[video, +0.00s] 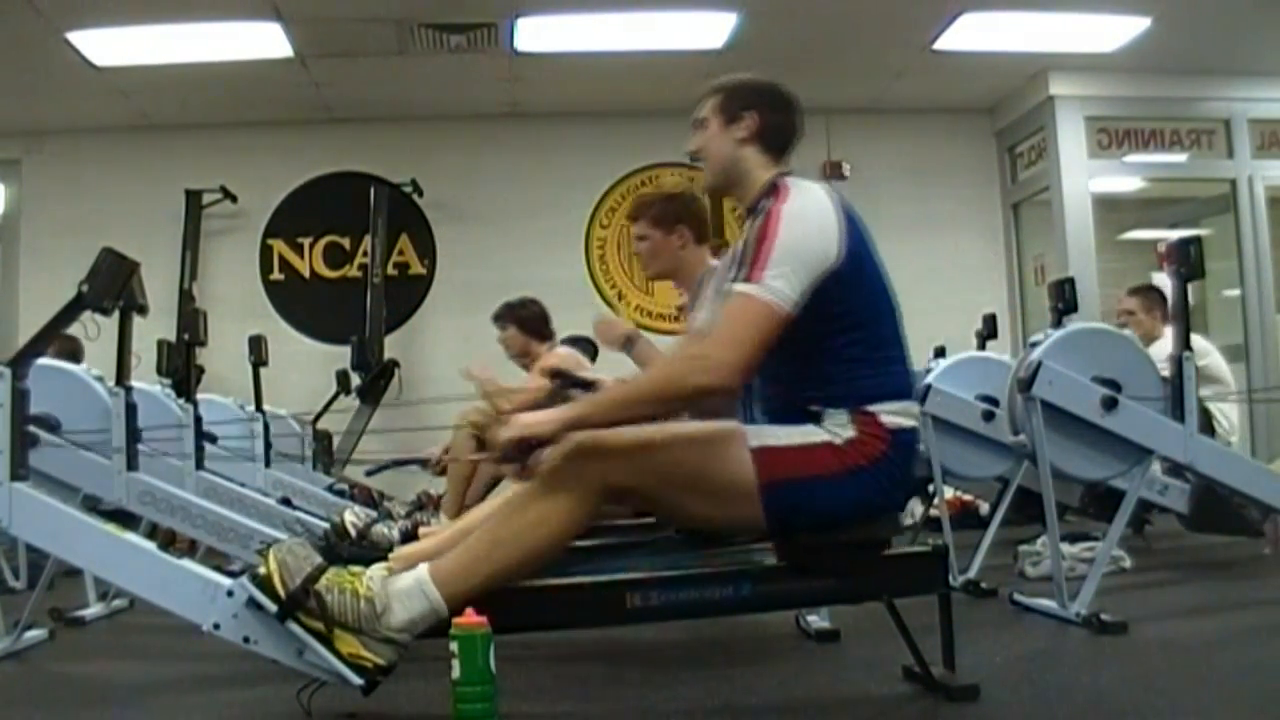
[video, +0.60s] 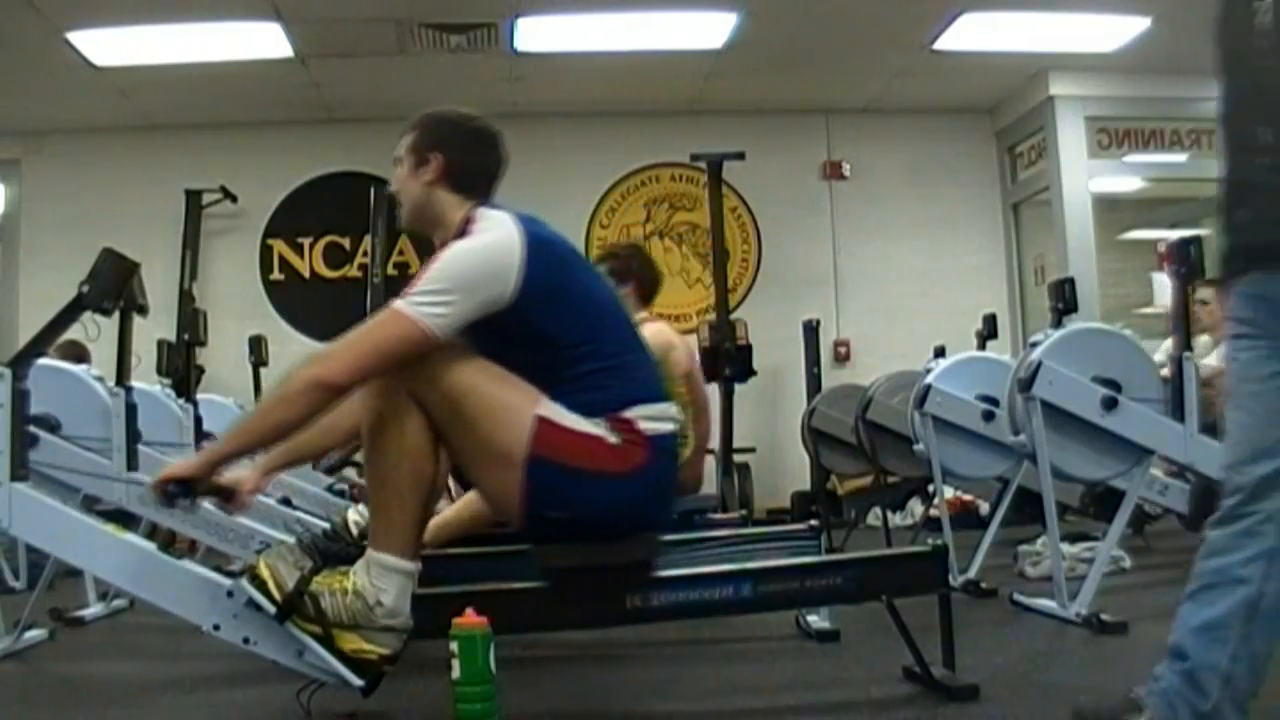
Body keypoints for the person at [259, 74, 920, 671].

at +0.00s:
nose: (692, 145)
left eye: (703, 126)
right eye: (694, 130)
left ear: (748, 127)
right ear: (748, 131)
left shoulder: (800, 208)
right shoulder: (761, 228)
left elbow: (717, 365)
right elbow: (702, 366)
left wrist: (568, 419)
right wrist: (564, 416)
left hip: (856, 448)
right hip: (808, 442)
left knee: (591, 458)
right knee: (573, 459)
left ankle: (398, 614)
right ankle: (386, 588)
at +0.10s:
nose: (637, 157)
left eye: (648, 138)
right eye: (641, 142)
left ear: (694, 138)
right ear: (697, 142)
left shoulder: (750, 215)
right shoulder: (713, 233)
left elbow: (638, 369)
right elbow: (649, 377)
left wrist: (488, 437)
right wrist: (499, 440)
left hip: (827, 449)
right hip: (774, 445)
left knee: (571, 442)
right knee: (552, 458)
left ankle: (395, 609)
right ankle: (385, 588)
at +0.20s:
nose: (582, 163)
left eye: (593, 143)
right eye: (586, 146)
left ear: (637, 147)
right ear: (639, 149)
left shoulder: (696, 224)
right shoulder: (673, 231)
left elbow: (563, 373)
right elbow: (584, 379)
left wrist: (428, 443)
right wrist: (456, 452)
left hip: (788, 455)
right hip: (748, 448)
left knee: (551, 408)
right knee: (536, 428)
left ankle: (391, 604)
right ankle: (388, 597)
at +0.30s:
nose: (530, 173)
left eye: (538, 154)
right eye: (531, 156)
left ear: (580, 154)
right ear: (589, 159)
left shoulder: (640, 230)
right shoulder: (627, 237)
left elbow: (507, 374)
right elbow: (522, 383)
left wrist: (372, 451)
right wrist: (399, 455)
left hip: (748, 457)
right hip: (719, 452)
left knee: (513, 400)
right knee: (504, 411)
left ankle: (390, 603)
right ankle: (390, 589)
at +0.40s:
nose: (479, 176)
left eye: (487, 157)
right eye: (480, 160)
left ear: (524, 159)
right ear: (530, 162)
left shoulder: (586, 236)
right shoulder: (559, 247)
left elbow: (445, 377)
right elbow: (458, 392)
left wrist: (314, 457)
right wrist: (351, 471)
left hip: (702, 461)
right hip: (674, 454)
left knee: (474, 385)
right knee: (474, 387)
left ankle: (386, 603)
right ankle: (386, 598)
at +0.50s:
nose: (431, 177)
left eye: (440, 160)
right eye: (434, 161)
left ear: (476, 164)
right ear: (486, 168)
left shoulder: (533, 242)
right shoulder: (502, 252)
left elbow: (385, 378)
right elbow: (408, 391)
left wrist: (261, 460)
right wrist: (306, 471)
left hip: (655, 464)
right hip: (629, 457)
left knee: (440, 378)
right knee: (438, 374)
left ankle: (385, 600)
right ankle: (384, 581)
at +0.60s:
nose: (392, 187)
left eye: (398, 170)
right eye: (395, 172)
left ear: (433, 169)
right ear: (446, 175)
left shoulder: (492, 246)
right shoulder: (484, 250)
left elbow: (329, 377)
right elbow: (367, 393)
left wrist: (208, 457)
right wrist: (262, 468)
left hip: (616, 467)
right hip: (607, 463)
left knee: (406, 370)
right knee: (401, 371)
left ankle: (381, 600)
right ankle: (382, 588)